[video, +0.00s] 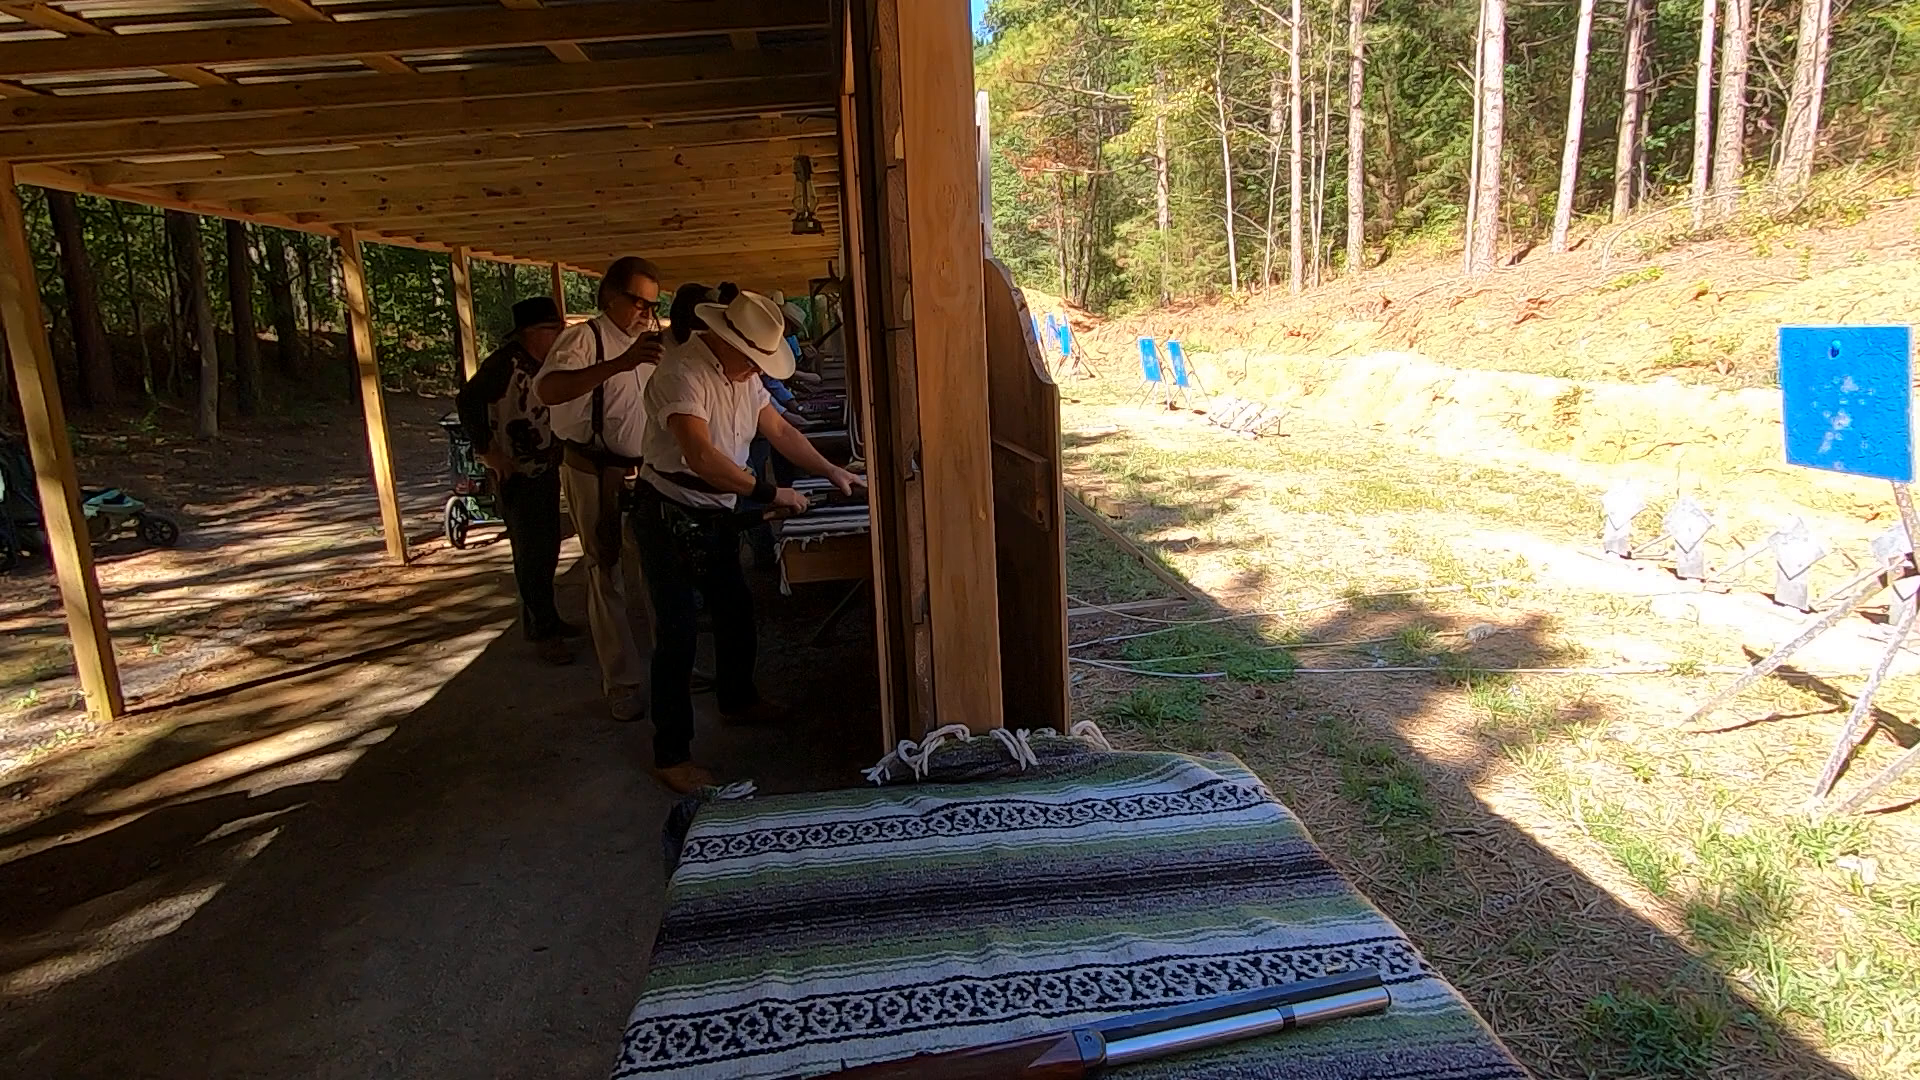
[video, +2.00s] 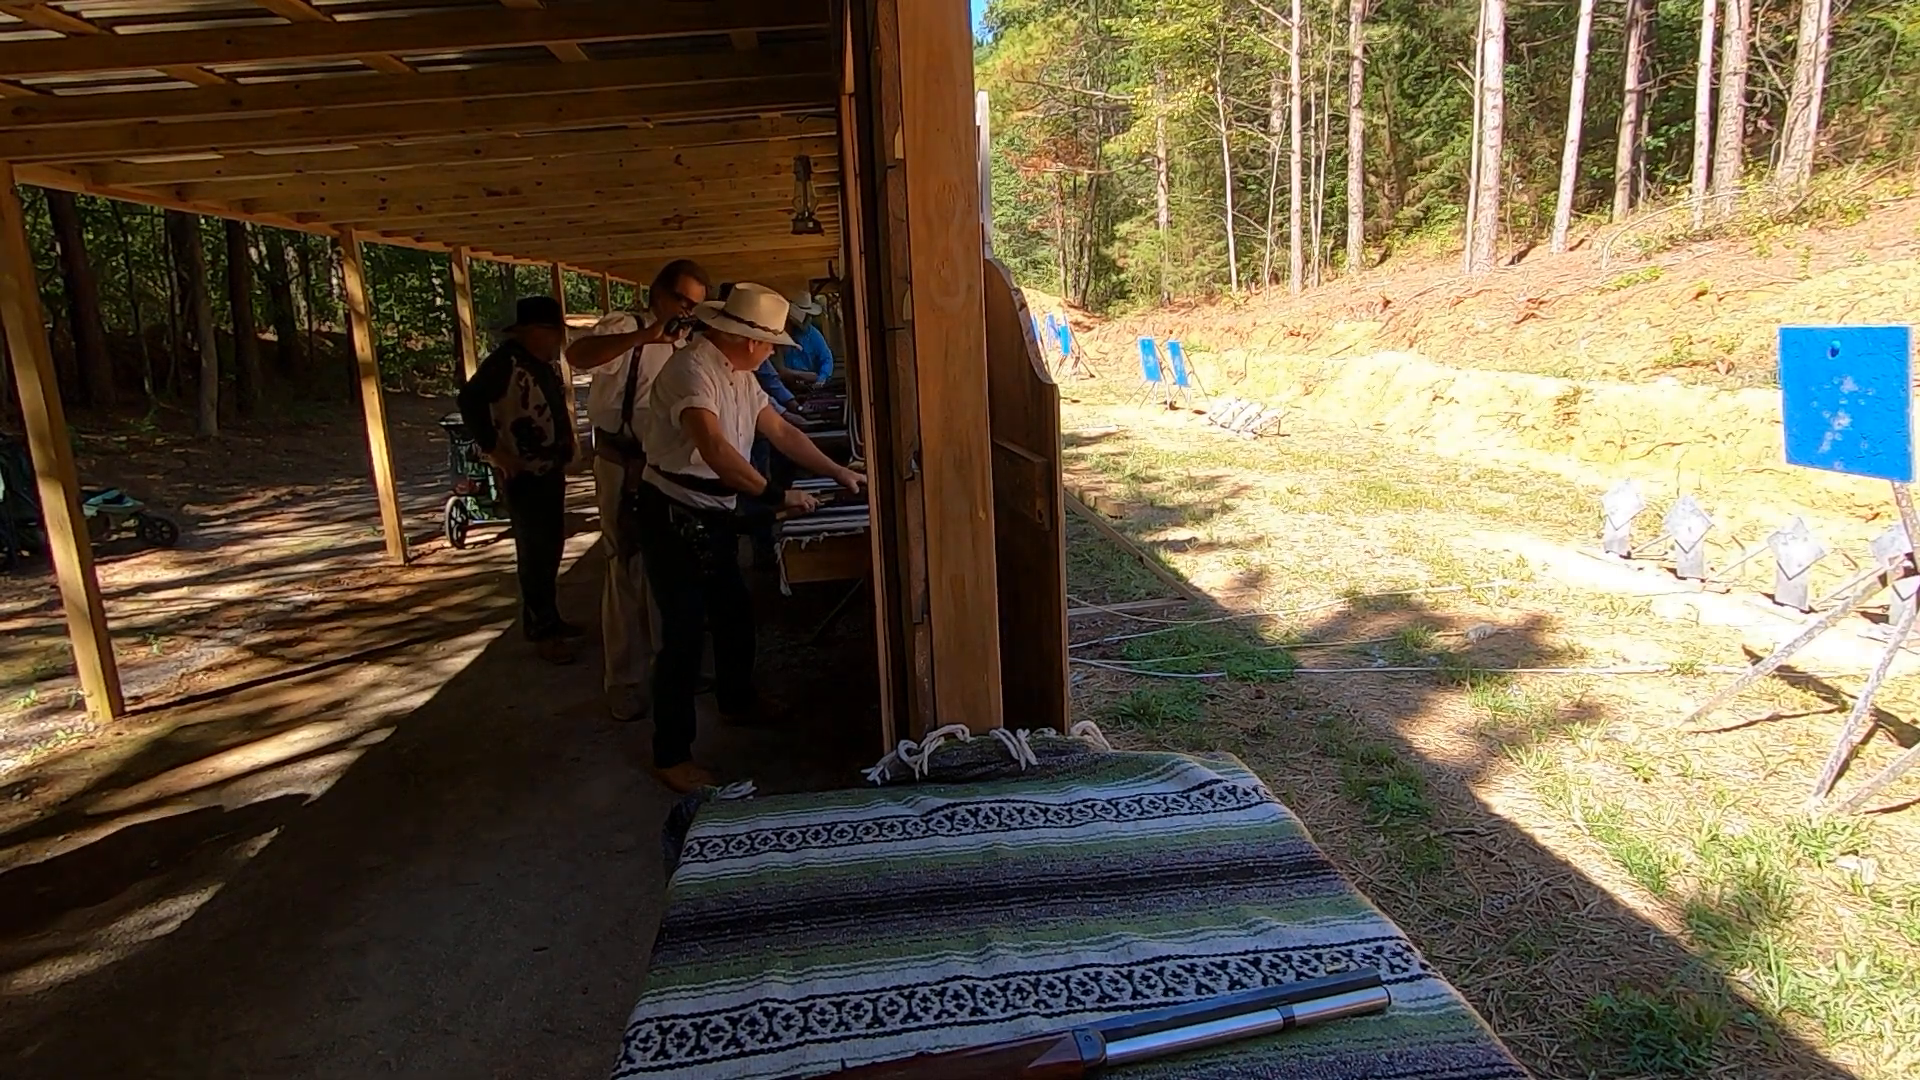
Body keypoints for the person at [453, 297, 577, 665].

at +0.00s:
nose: (556, 337)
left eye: (558, 330)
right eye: (549, 330)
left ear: (556, 332)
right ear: (527, 332)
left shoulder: (554, 364)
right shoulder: (504, 362)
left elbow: (563, 407)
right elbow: (467, 400)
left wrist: (562, 443)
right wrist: (486, 450)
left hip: (547, 470)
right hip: (516, 474)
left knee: (548, 548)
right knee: (530, 551)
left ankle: (546, 620)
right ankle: (542, 631)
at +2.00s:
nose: (560, 339)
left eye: (560, 331)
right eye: (555, 331)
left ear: (544, 332)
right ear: (535, 331)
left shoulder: (546, 364)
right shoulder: (506, 359)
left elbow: (552, 408)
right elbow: (469, 399)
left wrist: (565, 442)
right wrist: (493, 448)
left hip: (550, 472)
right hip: (524, 475)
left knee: (550, 550)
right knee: (535, 553)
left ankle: (548, 621)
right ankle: (541, 630)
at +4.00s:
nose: (563, 337)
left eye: (563, 330)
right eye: (557, 330)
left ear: (546, 333)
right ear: (534, 331)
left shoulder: (546, 366)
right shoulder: (506, 361)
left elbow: (551, 412)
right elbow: (470, 399)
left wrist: (565, 449)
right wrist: (491, 448)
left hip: (551, 473)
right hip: (525, 475)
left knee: (552, 550)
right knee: (536, 552)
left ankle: (549, 620)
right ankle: (541, 630)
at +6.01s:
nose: (564, 339)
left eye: (564, 331)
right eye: (558, 331)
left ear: (545, 333)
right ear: (536, 332)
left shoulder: (545, 365)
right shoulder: (507, 362)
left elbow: (552, 411)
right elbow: (470, 399)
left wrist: (566, 446)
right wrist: (492, 448)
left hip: (551, 472)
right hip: (526, 475)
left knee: (553, 548)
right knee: (536, 551)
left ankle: (547, 621)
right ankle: (542, 630)